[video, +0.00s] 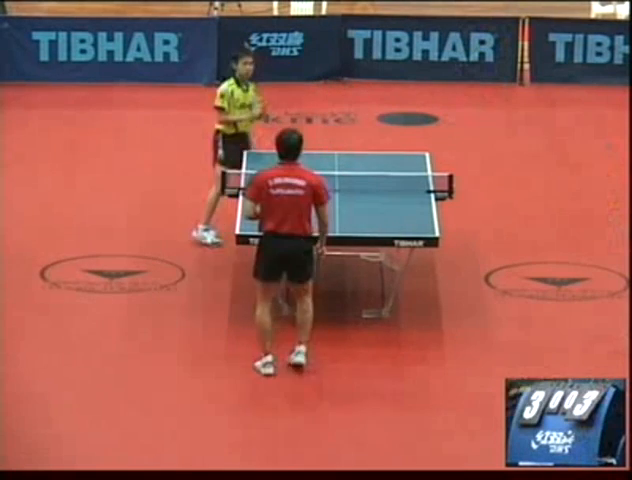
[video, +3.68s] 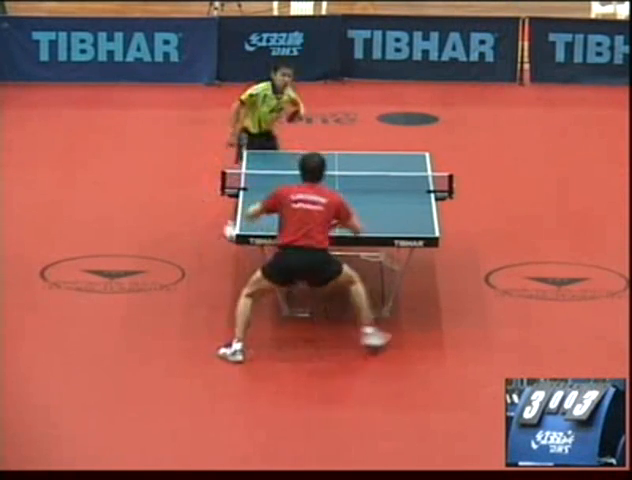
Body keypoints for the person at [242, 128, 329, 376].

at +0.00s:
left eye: (282, 147)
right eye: (296, 147)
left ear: (277, 150)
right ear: (300, 150)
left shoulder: (264, 178)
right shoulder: (313, 180)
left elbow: (250, 212)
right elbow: (323, 218)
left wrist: (267, 211)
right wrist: (322, 241)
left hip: (272, 240)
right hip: (301, 242)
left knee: (265, 299)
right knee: (303, 296)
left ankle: (267, 355)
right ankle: (302, 348)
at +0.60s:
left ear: (290, 159)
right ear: (312, 161)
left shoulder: (273, 181)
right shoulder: (321, 187)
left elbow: (255, 208)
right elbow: (327, 227)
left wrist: (271, 218)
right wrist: (307, 224)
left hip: (271, 240)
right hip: (301, 244)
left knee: (254, 286)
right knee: (318, 294)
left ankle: (240, 339)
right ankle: (315, 349)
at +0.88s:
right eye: (299, 179)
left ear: (277, 181)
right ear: (300, 182)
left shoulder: (262, 198)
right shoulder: (308, 206)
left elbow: (236, 221)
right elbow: (310, 246)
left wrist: (244, 235)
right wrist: (297, 232)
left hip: (255, 250)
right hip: (283, 254)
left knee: (244, 287)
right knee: (318, 292)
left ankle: (234, 337)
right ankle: (315, 349)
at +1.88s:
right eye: (288, 194)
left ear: (268, 195)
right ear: (290, 196)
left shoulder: (252, 209)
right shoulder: (299, 216)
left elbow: (230, 229)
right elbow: (297, 252)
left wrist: (239, 250)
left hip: (247, 252)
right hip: (275, 255)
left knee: (236, 287)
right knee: (311, 294)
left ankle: (227, 336)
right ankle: (315, 349)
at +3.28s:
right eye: (295, 167)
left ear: (275, 169)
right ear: (298, 170)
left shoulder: (260, 191)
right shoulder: (307, 194)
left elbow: (239, 219)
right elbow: (316, 233)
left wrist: (256, 228)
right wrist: (296, 232)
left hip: (261, 246)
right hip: (291, 249)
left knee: (242, 286)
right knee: (325, 293)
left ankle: (228, 336)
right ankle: (348, 344)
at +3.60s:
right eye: (312, 167)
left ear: (293, 169)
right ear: (316, 171)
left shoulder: (278, 192)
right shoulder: (327, 196)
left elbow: (256, 220)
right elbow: (346, 230)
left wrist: (268, 229)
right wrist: (328, 225)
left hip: (282, 251)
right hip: (312, 251)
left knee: (248, 295)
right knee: (345, 287)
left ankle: (237, 345)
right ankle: (353, 340)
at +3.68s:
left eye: (309, 168)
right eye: (317, 169)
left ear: (301, 172)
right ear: (322, 174)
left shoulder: (285, 194)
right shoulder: (333, 198)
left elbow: (255, 213)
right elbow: (356, 228)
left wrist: (250, 214)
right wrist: (338, 220)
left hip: (288, 254)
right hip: (319, 256)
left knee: (249, 294)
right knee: (353, 282)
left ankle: (237, 345)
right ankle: (369, 331)